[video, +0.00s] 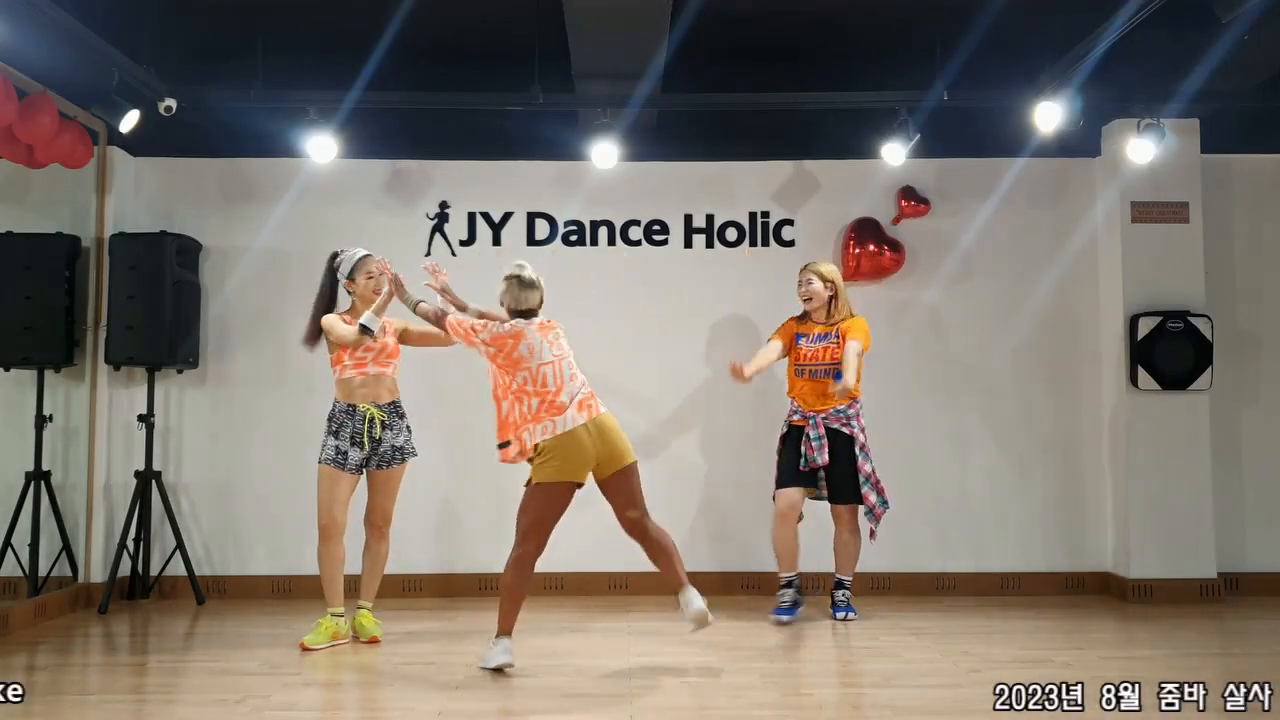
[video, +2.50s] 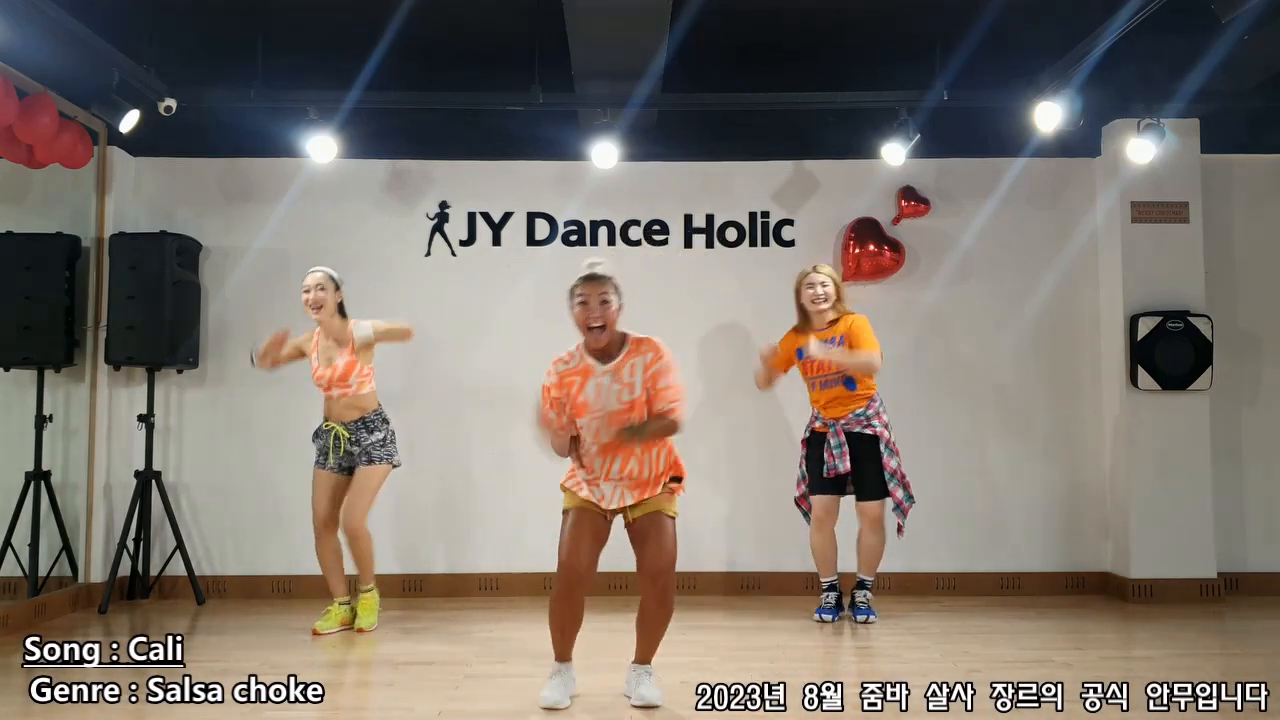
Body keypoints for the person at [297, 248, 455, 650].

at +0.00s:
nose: (380, 282)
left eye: (383, 276)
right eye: (369, 276)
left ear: (389, 284)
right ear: (349, 285)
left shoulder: (395, 326)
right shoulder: (332, 321)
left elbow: (450, 336)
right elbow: (354, 338)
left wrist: (445, 300)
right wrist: (385, 300)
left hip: (391, 424)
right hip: (345, 424)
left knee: (379, 525)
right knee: (330, 525)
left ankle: (364, 611)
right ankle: (335, 617)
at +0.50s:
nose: (364, 271)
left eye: (369, 266)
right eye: (355, 267)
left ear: (379, 278)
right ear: (342, 282)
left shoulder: (395, 324)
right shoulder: (329, 320)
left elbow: (447, 338)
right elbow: (337, 336)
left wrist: (441, 295)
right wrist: (356, 301)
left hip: (389, 422)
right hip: (343, 422)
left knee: (378, 525)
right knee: (328, 524)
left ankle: (364, 612)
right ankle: (335, 618)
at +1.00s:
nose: (369, 276)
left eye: (376, 270)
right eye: (361, 271)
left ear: (386, 279)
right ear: (350, 281)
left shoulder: (401, 320)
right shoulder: (335, 320)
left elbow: (410, 346)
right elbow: (343, 350)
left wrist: (395, 301)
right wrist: (364, 316)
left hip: (392, 423)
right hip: (346, 422)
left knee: (380, 526)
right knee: (332, 525)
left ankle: (364, 612)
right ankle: (335, 617)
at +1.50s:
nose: (367, 276)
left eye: (374, 269)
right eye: (359, 271)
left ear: (385, 278)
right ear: (349, 281)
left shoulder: (401, 321)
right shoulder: (334, 320)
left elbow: (404, 345)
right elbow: (335, 350)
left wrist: (386, 306)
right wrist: (359, 316)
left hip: (389, 423)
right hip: (344, 422)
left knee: (379, 524)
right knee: (327, 524)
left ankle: (366, 609)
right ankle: (336, 601)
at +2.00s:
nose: (344, 282)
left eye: (353, 276)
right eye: (338, 276)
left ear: (364, 287)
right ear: (328, 287)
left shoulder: (382, 326)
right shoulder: (318, 327)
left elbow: (377, 359)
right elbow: (303, 372)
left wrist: (343, 320)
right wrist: (308, 355)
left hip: (371, 425)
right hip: (328, 426)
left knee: (363, 518)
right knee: (326, 520)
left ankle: (365, 605)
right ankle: (341, 604)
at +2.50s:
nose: (312, 296)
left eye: (321, 288)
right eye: (307, 290)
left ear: (338, 295)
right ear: (302, 299)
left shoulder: (360, 331)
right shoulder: (309, 341)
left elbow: (407, 332)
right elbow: (267, 363)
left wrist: (367, 334)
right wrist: (270, 349)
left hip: (373, 434)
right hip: (333, 437)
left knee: (352, 520)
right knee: (323, 523)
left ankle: (367, 594)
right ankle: (341, 604)